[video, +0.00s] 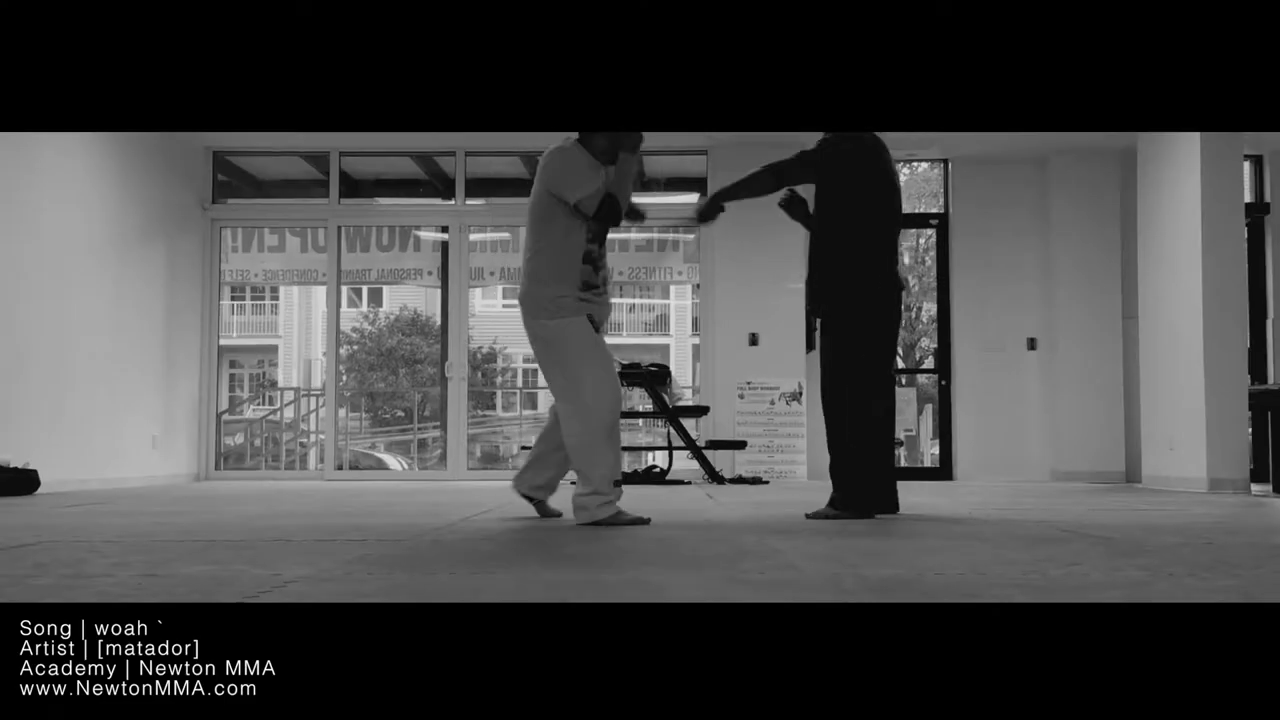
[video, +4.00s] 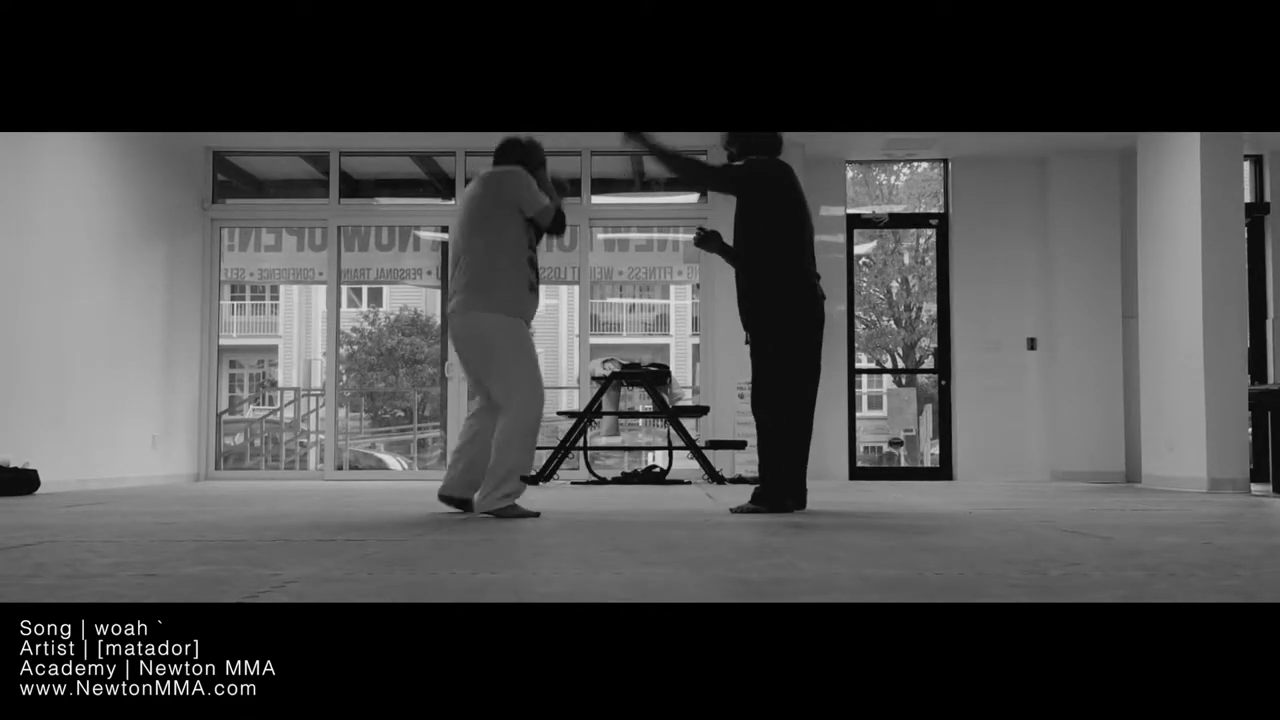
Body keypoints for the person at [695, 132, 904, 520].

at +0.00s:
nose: (818, 143)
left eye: (822, 139)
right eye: (821, 142)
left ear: (832, 133)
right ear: (862, 129)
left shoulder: (845, 150)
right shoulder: (873, 158)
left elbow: (778, 174)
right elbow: (844, 236)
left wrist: (719, 198)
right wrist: (805, 216)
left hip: (851, 299)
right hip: (875, 296)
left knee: (845, 395)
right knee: (870, 394)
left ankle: (852, 499)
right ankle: (878, 496)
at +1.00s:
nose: (808, 136)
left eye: (812, 133)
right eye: (809, 134)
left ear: (826, 128)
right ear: (840, 127)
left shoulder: (852, 151)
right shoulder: (848, 158)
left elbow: (797, 185)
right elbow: (820, 234)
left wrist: (736, 158)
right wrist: (770, 213)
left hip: (854, 299)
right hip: (849, 298)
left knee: (843, 394)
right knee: (848, 394)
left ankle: (853, 499)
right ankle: (858, 489)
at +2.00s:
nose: (785, 148)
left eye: (788, 139)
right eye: (784, 141)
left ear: (806, 135)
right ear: (807, 140)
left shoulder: (841, 166)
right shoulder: (809, 178)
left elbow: (813, 227)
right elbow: (798, 242)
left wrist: (756, 205)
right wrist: (772, 216)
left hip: (857, 308)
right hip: (833, 309)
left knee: (852, 397)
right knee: (839, 398)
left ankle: (852, 495)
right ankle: (851, 493)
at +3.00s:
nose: (753, 141)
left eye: (760, 134)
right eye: (756, 134)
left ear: (780, 138)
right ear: (790, 139)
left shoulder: (788, 182)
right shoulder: (809, 176)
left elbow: (743, 241)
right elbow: (796, 236)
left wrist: (691, 222)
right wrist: (757, 222)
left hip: (815, 314)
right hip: (808, 313)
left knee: (827, 402)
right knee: (800, 402)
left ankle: (843, 500)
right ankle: (793, 493)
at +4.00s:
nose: (726, 145)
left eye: (731, 138)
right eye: (727, 140)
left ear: (746, 140)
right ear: (766, 141)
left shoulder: (764, 173)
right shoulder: (769, 181)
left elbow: (702, 174)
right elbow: (758, 266)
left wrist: (646, 143)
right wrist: (721, 247)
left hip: (784, 311)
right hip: (786, 309)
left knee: (776, 401)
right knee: (781, 400)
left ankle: (778, 495)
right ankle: (784, 494)